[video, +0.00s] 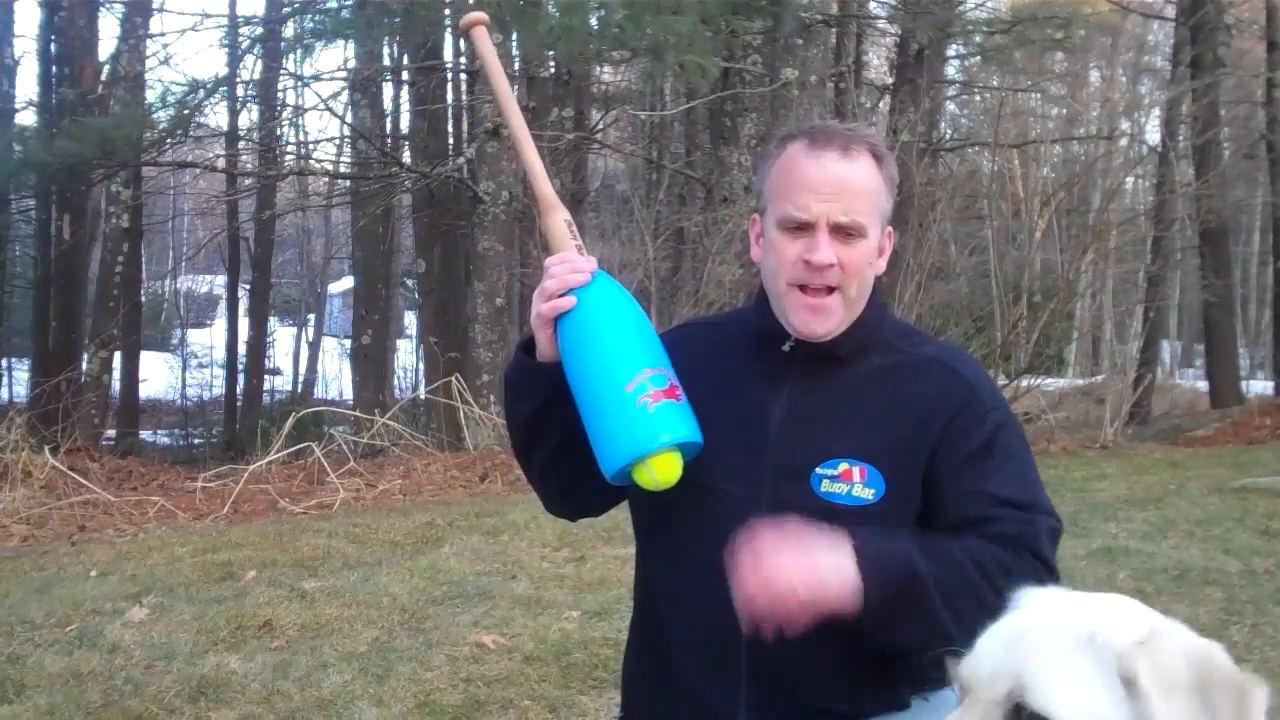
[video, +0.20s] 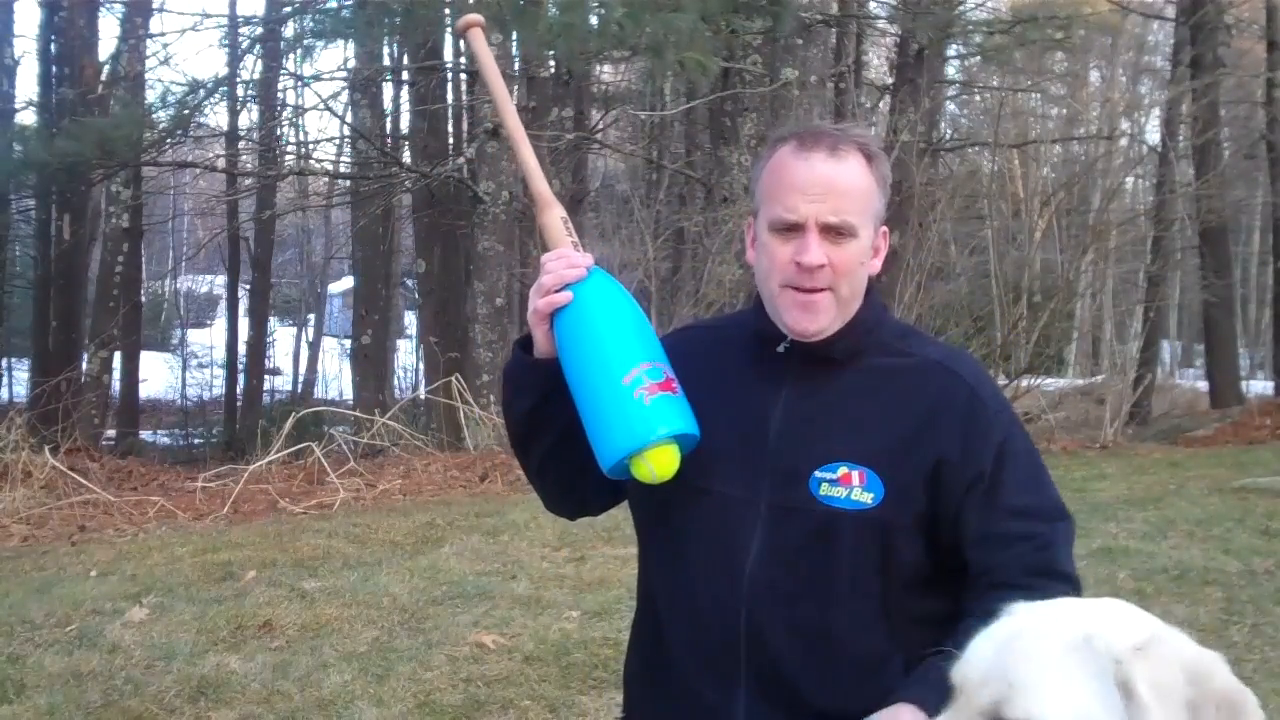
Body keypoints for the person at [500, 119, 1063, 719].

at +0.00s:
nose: (820, 255)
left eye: (846, 231)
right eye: (797, 228)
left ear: (883, 250)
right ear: (757, 239)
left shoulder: (944, 391)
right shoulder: (676, 363)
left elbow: (1018, 560)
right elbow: (575, 490)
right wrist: (546, 362)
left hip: (879, 706)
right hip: (684, 703)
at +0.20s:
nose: (809, 257)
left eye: (837, 232)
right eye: (788, 229)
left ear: (877, 251)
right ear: (751, 243)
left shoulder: (949, 399)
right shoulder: (675, 368)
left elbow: (1033, 589)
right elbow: (576, 488)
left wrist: (930, 702)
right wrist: (542, 360)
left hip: (856, 707)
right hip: (676, 702)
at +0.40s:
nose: (805, 258)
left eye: (832, 233)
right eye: (780, 230)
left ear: (874, 248)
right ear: (748, 239)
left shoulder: (951, 401)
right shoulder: (677, 370)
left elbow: (1051, 579)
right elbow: (578, 494)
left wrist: (978, 699)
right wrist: (542, 366)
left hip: (866, 708)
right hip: (677, 703)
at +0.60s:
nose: (804, 255)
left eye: (830, 229)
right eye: (781, 228)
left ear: (873, 248)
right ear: (747, 243)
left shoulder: (951, 399)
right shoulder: (680, 369)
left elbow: (1027, 582)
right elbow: (585, 507)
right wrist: (550, 376)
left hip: (853, 716)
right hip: (677, 706)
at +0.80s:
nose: (808, 254)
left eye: (834, 230)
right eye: (786, 227)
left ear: (876, 248)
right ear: (750, 242)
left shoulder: (950, 398)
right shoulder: (683, 368)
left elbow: (1002, 589)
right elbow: (604, 527)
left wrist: (816, 571)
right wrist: (572, 411)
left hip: (865, 705)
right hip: (681, 705)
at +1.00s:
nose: (807, 255)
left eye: (832, 230)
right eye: (785, 229)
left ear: (874, 248)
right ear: (748, 244)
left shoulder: (953, 399)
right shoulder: (683, 370)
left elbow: (995, 590)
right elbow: (607, 531)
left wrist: (809, 566)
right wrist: (573, 416)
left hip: (876, 704)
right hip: (685, 703)